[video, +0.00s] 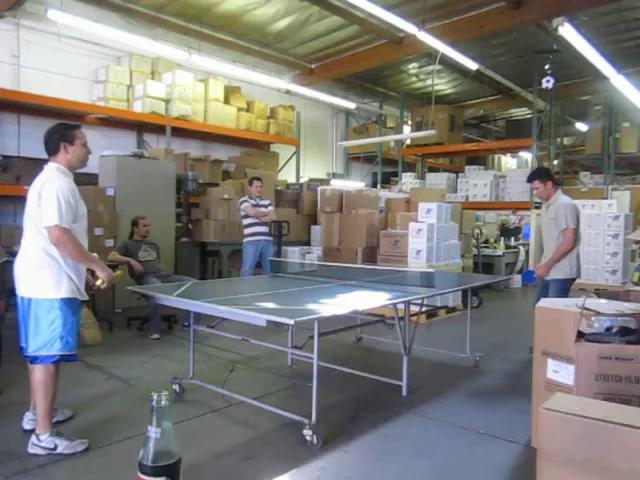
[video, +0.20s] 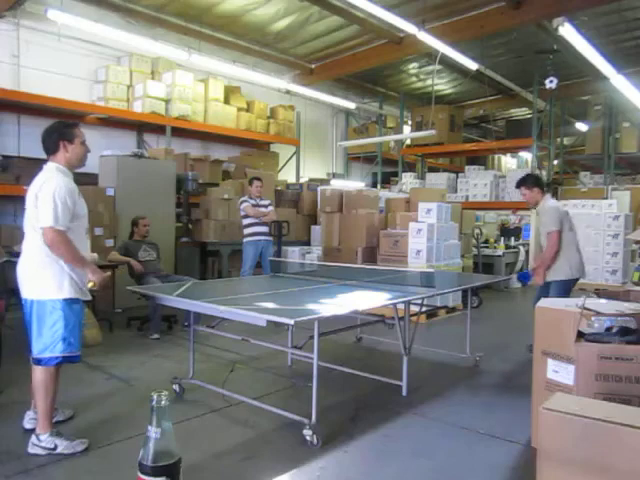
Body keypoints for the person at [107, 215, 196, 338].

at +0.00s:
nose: (147, 229)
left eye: (148, 226)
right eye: (144, 226)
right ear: (135, 228)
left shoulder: (153, 245)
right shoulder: (128, 244)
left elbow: (157, 263)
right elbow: (111, 257)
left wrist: (162, 272)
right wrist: (130, 261)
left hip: (161, 275)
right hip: (145, 276)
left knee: (193, 283)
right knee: (159, 293)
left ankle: (189, 321)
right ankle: (154, 330)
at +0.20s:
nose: (147, 229)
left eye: (148, 226)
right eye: (144, 226)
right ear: (135, 228)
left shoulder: (153, 245)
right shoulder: (128, 244)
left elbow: (157, 263)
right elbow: (111, 256)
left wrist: (162, 272)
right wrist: (130, 261)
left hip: (161, 275)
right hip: (145, 276)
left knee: (193, 283)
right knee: (159, 293)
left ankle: (189, 322)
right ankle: (154, 330)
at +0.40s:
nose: (148, 229)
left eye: (148, 226)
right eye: (144, 226)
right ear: (135, 228)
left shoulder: (153, 245)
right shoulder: (128, 244)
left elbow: (157, 263)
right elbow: (111, 256)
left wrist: (162, 272)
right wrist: (130, 261)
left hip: (161, 275)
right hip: (145, 276)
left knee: (193, 283)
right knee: (160, 293)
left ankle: (190, 322)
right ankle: (153, 330)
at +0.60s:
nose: (148, 229)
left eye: (149, 226)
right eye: (145, 226)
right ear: (136, 229)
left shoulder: (154, 245)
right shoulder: (128, 245)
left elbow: (157, 263)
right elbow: (111, 256)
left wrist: (163, 272)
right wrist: (130, 261)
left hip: (160, 275)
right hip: (145, 276)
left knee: (193, 283)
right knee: (160, 293)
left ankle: (190, 322)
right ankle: (153, 330)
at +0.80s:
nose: (148, 229)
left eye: (149, 226)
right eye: (145, 226)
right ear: (135, 228)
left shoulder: (153, 245)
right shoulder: (128, 244)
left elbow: (157, 263)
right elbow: (113, 255)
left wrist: (161, 272)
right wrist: (130, 261)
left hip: (160, 275)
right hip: (144, 276)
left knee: (192, 283)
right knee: (160, 293)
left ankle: (190, 322)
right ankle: (154, 330)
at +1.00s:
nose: (148, 229)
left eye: (149, 226)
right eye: (145, 226)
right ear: (136, 229)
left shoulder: (153, 245)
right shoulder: (129, 245)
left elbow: (157, 263)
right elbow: (123, 261)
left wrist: (162, 271)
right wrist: (133, 266)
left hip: (160, 274)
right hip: (144, 275)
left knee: (192, 283)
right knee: (158, 291)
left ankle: (190, 321)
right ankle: (154, 330)